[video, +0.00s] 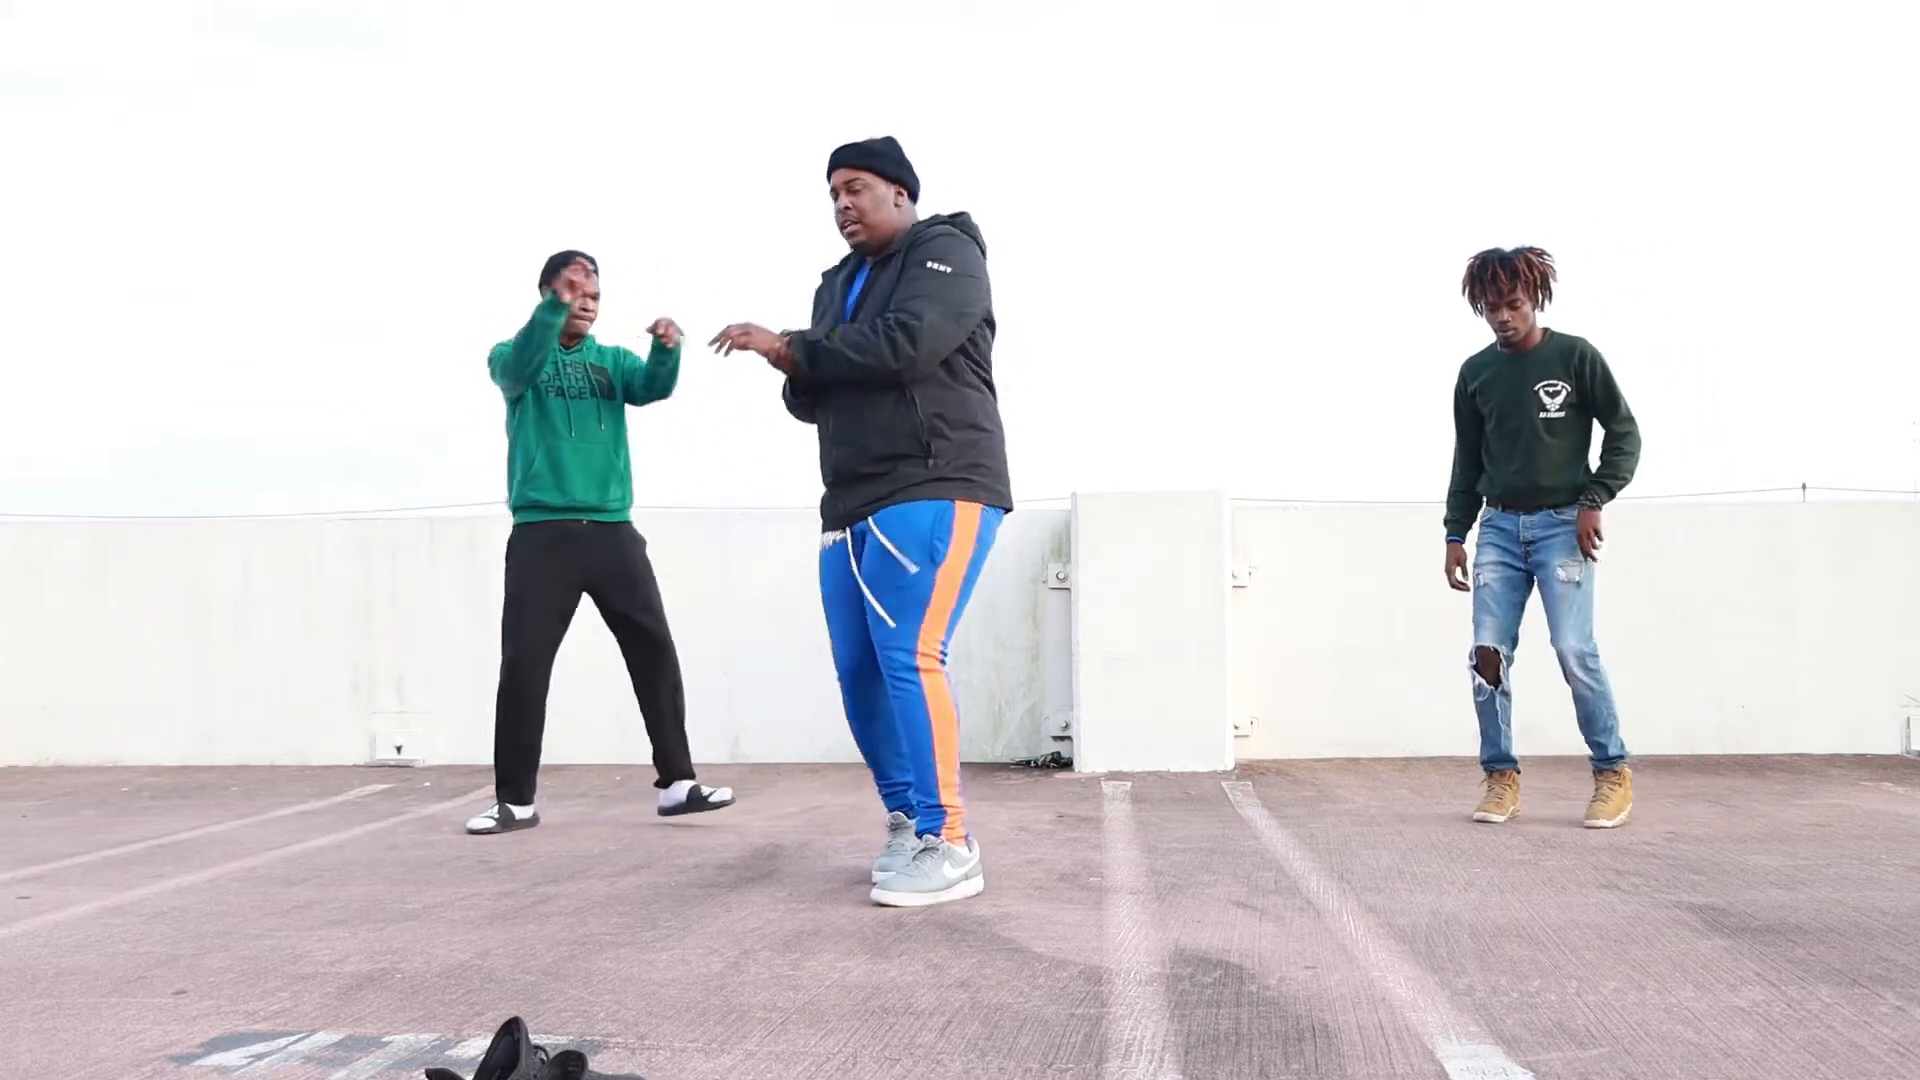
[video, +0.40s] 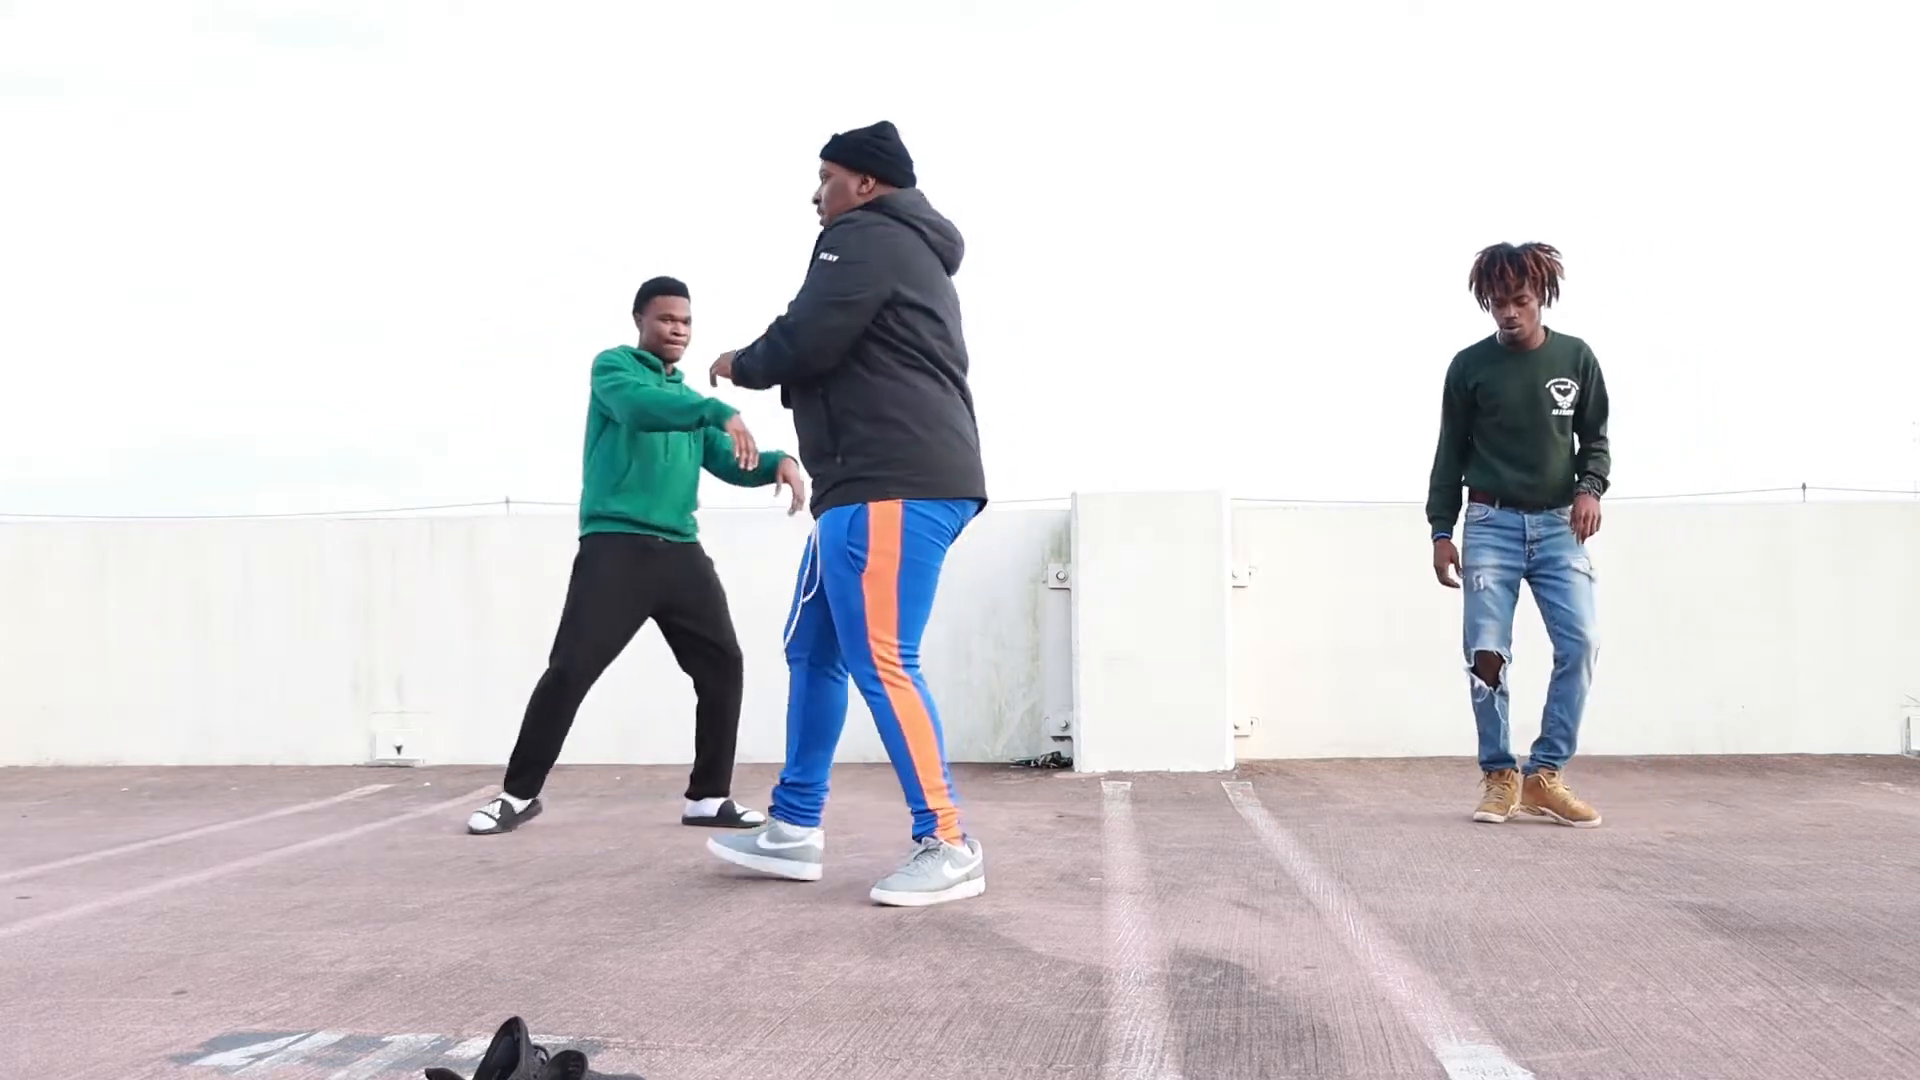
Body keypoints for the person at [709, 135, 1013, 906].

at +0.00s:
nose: (842, 204)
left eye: (854, 189)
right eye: (835, 194)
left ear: (899, 190)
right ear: (836, 206)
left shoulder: (945, 247)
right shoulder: (836, 286)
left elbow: (907, 344)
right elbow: (812, 402)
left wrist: (796, 348)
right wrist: (792, 363)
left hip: (938, 487)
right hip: (854, 500)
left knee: (911, 654)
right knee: (861, 671)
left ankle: (949, 843)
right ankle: (910, 829)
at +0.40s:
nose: (817, 195)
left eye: (827, 181)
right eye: (819, 182)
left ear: (864, 182)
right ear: (876, 185)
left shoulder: (864, 237)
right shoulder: (902, 246)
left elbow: (808, 342)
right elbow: (881, 370)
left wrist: (740, 364)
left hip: (895, 481)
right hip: (870, 484)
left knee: (880, 659)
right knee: (816, 651)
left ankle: (946, 845)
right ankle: (794, 827)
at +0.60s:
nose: (793, 205)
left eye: (802, 193)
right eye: (797, 192)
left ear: (834, 197)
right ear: (860, 201)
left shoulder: (821, 257)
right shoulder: (898, 273)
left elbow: (764, 361)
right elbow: (863, 379)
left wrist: (721, 391)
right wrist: (767, 391)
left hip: (844, 489)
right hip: (894, 489)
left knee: (854, 668)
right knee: (777, 651)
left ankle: (942, 843)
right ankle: (786, 831)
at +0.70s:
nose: (775, 208)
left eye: (784, 196)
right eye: (780, 195)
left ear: (815, 201)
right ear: (842, 205)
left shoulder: (801, 261)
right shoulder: (880, 282)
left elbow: (741, 359)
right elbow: (835, 373)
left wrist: (700, 395)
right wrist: (744, 374)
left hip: (815, 491)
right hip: (856, 489)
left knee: (813, 666)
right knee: (762, 661)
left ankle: (928, 831)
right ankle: (784, 830)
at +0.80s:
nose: (759, 208)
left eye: (767, 197)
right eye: (763, 196)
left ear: (799, 203)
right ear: (823, 207)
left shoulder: (782, 261)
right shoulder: (864, 281)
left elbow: (716, 364)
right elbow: (825, 369)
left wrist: (681, 384)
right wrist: (732, 354)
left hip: (796, 483)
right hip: (862, 493)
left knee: (742, 651)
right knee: (773, 657)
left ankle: (871, 794)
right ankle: (783, 831)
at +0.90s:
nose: (742, 207)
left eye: (750, 195)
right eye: (745, 195)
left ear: (780, 200)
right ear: (806, 205)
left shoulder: (759, 261)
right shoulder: (851, 283)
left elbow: (693, 372)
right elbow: (804, 370)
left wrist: (669, 379)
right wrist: (706, 360)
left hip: (773, 482)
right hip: (849, 493)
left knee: (698, 641)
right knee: (777, 657)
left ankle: (788, 799)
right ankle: (788, 835)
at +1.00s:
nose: (724, 205)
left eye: (730, 194)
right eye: (726, 193)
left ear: (758, 198)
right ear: (793, 203)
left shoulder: (733, 257)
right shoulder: (839, 281)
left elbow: (678, 363)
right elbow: (819, 373)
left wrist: (662, 392)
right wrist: (718, 389)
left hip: (748, 481)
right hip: (835, 488)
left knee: (682, 640)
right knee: (781, 652)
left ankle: (703, 819)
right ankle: (787, 831)